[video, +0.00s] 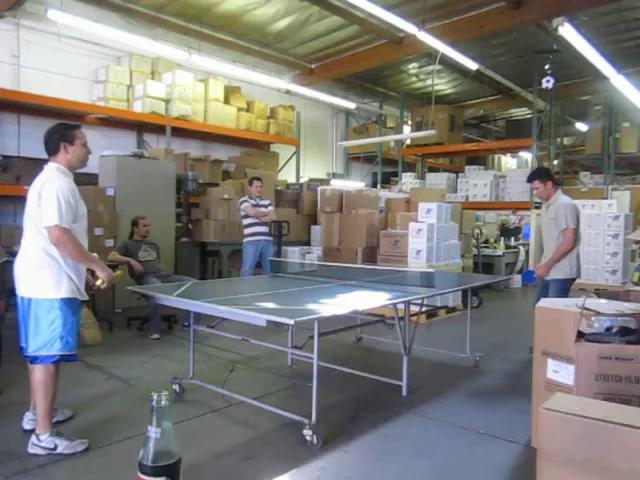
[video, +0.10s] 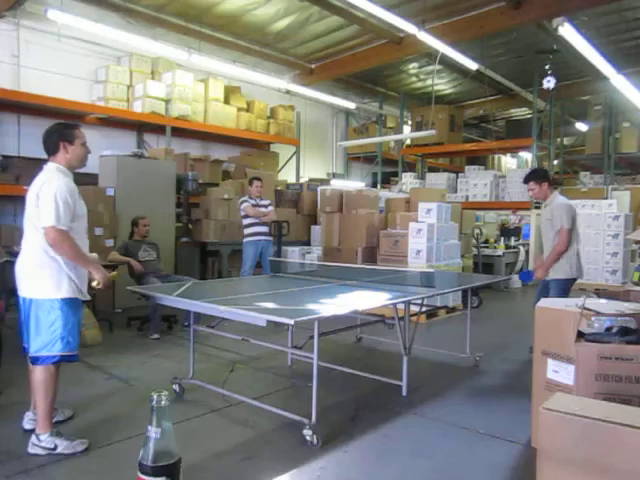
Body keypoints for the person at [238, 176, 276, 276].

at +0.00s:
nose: (259, 189)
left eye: (260, 187)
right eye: (256, 187)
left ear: (262, 188)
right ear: (250, 188)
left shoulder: (267, 202)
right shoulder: (244, 200)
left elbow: (273, 216)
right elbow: (251, 212)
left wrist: (259, 217)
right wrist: (266, 213)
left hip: (267, 239)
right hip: (251, 239)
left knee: (268, 270)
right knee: (247, 270)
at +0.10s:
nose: (259, 189)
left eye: (260, 187)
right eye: (256, 187)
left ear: (262, 188)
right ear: (250, 188)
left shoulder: (267, 202)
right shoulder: (244, 200)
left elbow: (273, 216)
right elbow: (251, 212)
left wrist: (259, 217)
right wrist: (266, 213)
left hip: (267, 239)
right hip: (251, 239)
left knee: (268, 270)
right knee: (247, 270)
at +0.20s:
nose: (259, 189)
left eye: (260, 187)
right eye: (256, 187)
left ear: (262, 188)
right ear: (250, 188)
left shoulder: (267, 202)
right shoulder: (244, 200)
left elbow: (273, 216)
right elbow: (251, 212)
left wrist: (259, 217)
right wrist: (266, 213)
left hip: (267, 239)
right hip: (251, 239)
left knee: (268, 270)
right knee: (247, 270)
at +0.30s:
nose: (259, 189)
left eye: (260, 187)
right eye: (256, 187)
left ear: (262, 188)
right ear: (250, 188)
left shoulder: (267, 202)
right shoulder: (244, 200)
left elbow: (273, 216)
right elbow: (251, 212)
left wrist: (259, 217)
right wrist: (266, 213)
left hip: (267, 239)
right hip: (251, 239)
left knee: (268, 270)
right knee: (247, 270)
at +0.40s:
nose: (259, 189)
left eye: (260, 187)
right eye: (256, 187)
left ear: (262, 188)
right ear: (250, 188)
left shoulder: (267, 202)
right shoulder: (244, 200)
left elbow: (273, 216)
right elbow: (251, 212)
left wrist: (259, 217)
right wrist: (266, 213)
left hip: (267, 239)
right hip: (251, 239)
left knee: (268, 270)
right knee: (247, 270)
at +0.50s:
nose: (259, 189)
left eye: (260, 187)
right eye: (256, 187)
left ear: (262, 188)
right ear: (250, 188)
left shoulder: (267, 201)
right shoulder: (244, 200)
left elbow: (273, 216)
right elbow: (251, 212)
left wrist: (259, 217)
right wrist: (266, 213)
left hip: (267, 239)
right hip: (251, 239)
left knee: (268, 269)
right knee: (247, 270)